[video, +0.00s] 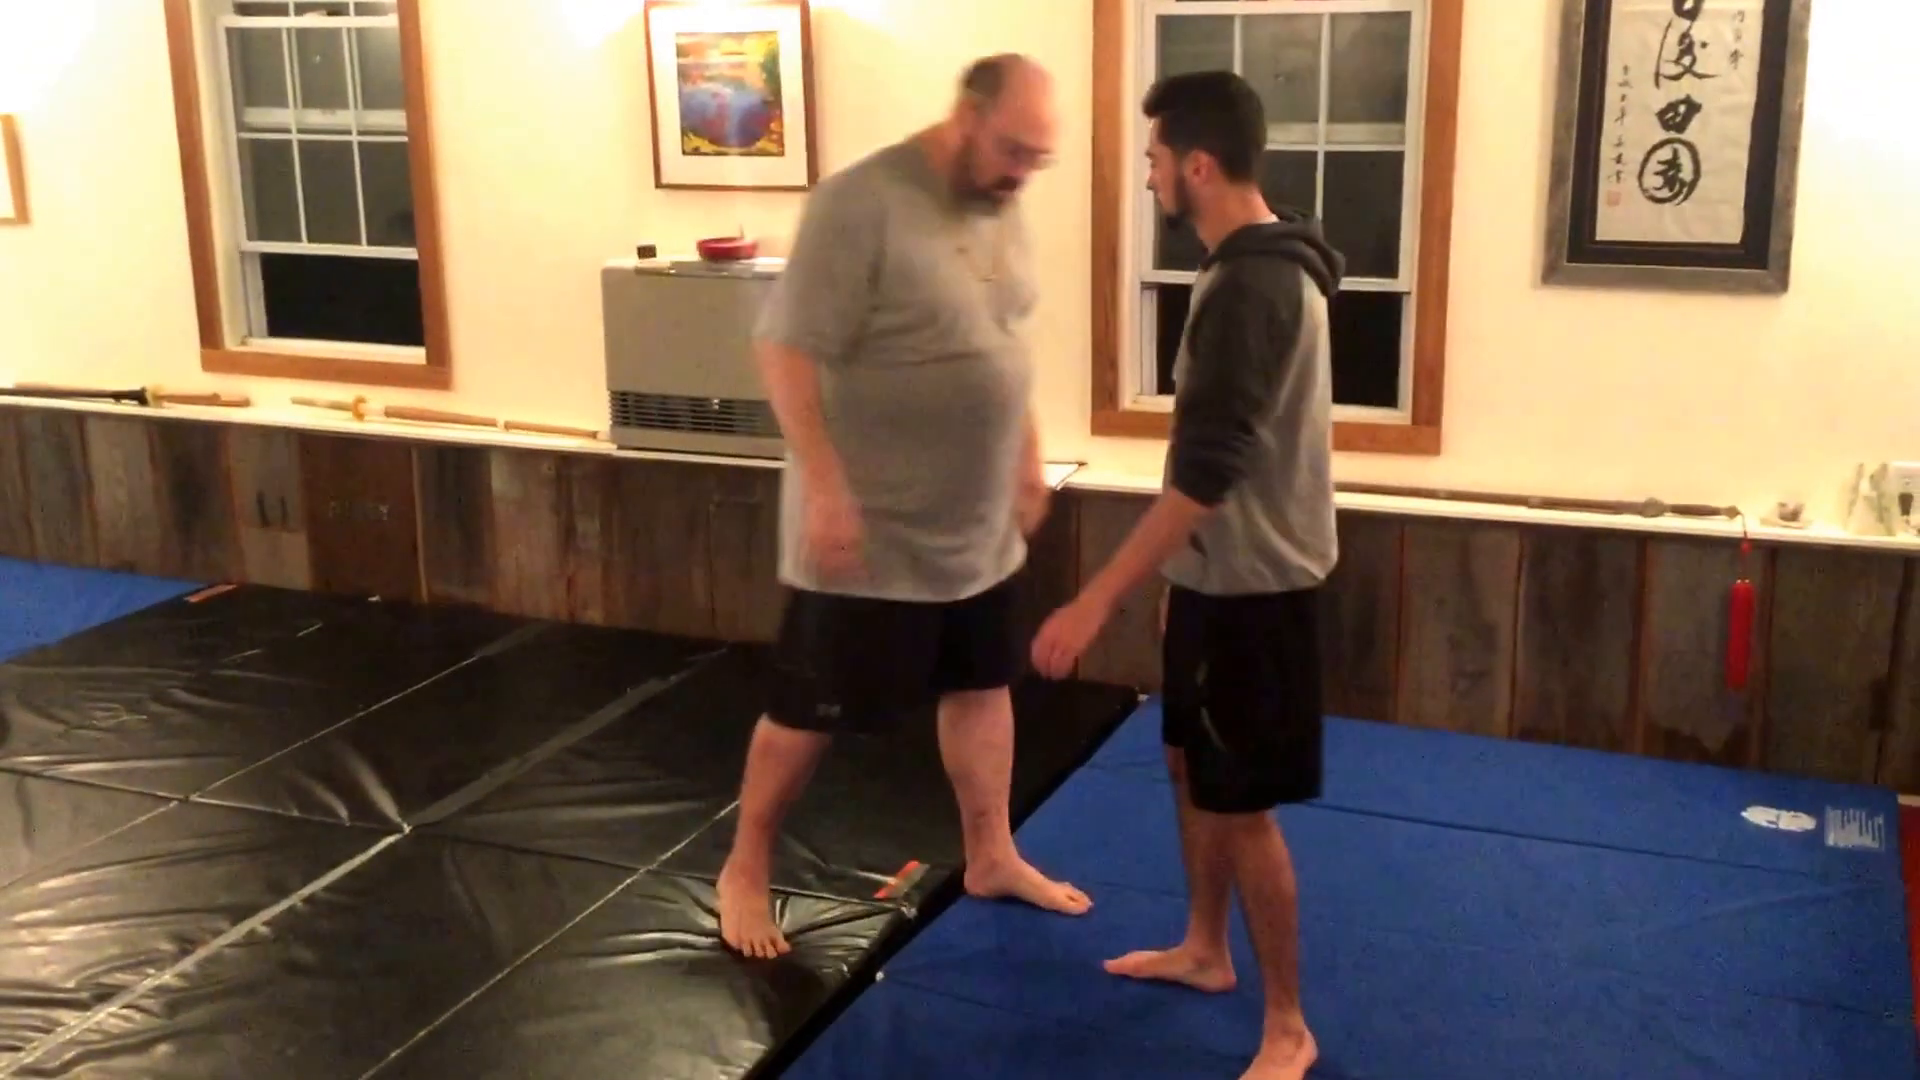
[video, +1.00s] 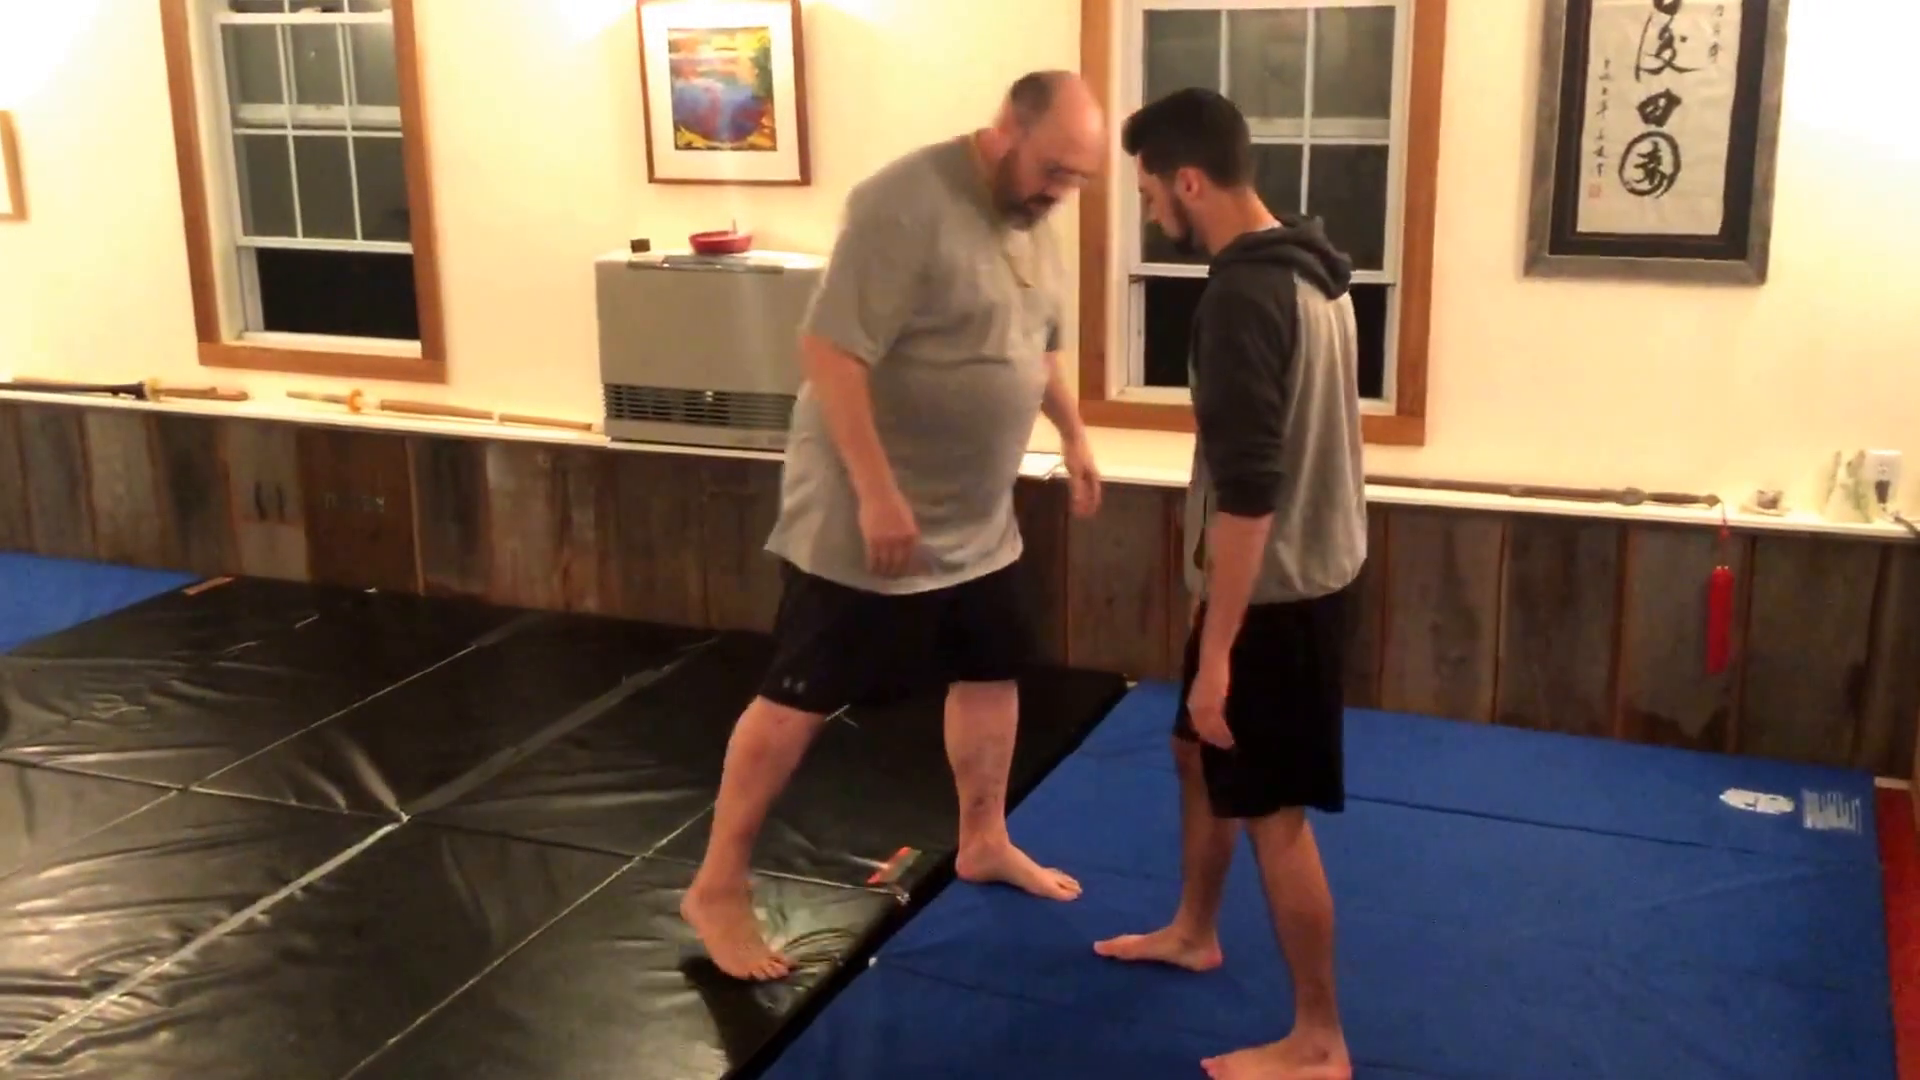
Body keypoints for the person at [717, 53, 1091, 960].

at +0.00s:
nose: (1026, 172)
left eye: (1038, 156)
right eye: (1016, 150)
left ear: (1041, 141)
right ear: (963, 118)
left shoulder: (1001, 205)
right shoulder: (857, 202)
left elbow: (1002, 346)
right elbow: (785, 348)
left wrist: (1027, 458)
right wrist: (825, 486)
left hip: (975, 523)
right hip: (863, 527)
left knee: (982, 686)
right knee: (805, 708)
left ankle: (992, 858)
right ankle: (746, 873)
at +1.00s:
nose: (1064, 195)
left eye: (1079, 180)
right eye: (1055, 173)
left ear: (1082, 167)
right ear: (1004, 134)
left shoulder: (1034, 211)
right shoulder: (904, 199)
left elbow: (1028, 348)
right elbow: (830, 349)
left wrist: (1075, 438)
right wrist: (877, 492)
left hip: (973, 514)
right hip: (857, 513)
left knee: (993, 673)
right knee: (799, 695)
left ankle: (983, 842)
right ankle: (716, 887)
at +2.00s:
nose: (840, 119)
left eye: (856, 100)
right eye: (819, 101)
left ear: (878, 102)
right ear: (780, 103)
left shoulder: (902, 205)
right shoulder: (719, 218)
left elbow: (944, 346)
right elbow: (670, 375)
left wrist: (992, 458)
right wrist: (725, 489)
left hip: (903, 519)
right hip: (784, 537)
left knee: (935, 686)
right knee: (750, 733)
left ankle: (978, 836)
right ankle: (696, 907)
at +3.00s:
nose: (847, 95)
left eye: (861, 76)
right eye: (824, 80)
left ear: (888, 86)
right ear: (792, 94)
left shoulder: (925, 200)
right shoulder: (743, 206)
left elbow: (962, 346)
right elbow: (677, 358)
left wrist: (988, 471)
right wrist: (680, 496)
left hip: (926, 509)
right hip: (794, 523)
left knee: (955, 677)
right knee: (753, 723)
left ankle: (977, 828)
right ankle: (698, 895)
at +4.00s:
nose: (857, 94)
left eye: (872, 76)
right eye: (835, 77)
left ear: (895, 87)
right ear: (799, 89)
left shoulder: (924, 203)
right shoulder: (745, 202)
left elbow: (956, 351)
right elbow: (697, 348)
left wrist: (986, 475)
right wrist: (737, 330)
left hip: (918, 500)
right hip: (792, 511)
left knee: (945, 676)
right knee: (752, 716)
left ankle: (977, 826)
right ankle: (698, 896)